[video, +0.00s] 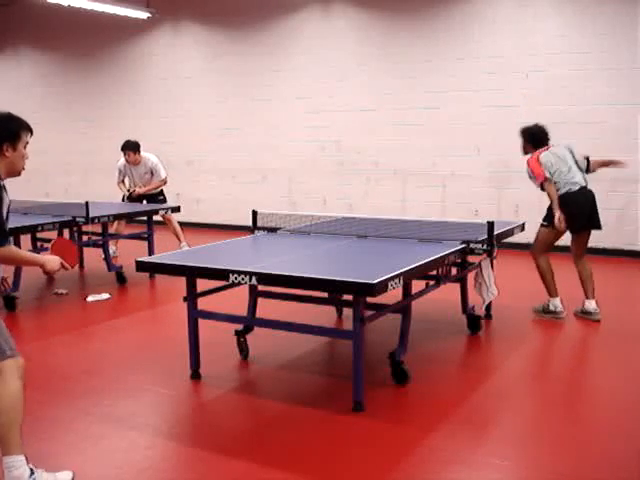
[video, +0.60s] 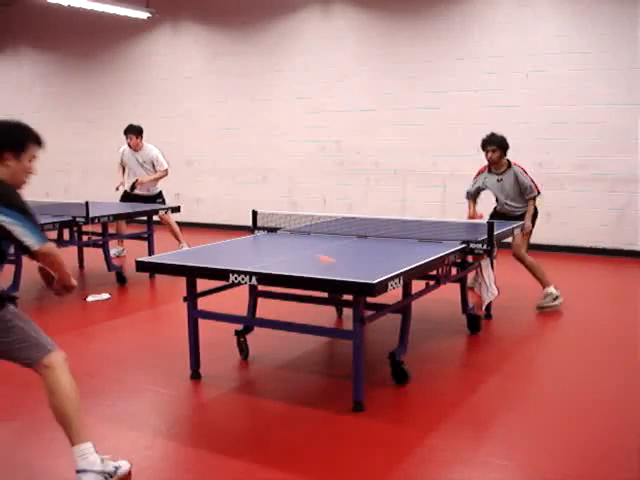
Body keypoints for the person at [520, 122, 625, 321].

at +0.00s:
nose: (522, 146)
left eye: (523, 142)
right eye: (522, 142)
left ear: (530, 143)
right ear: (544, 141)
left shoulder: (534, 160)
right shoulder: (564, 150)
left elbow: (548, 183)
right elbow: (588, 166)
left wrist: (556, 211)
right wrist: (609, 162)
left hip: (565, 202)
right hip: (587, 198)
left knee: (538, 251)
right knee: (579, 255)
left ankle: (554, 303)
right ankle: (591, 303)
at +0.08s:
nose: (508, 154)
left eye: (510, 150)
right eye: (509, 149)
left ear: (521, 151)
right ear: (529, 148)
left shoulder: (531, 168)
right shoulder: (548, 155)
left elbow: (546, 199)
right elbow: (571, 162)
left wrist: (546, 228)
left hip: (561, 211)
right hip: (581, 205)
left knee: (530, 254)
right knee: (570, 259)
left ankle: (550, 302)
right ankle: (589, 301)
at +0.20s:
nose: (502, 164)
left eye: (505, 160)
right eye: (502, 160)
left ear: (517, 161)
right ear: (520, 160)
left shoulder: (527, 179)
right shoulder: (533, 167)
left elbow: (539, 215)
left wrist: (531, 244)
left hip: (555, 218)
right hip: (567, 214)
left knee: (521, 260)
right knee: (536, 256)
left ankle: (549, 303)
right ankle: (572, 280)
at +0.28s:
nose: (500, 167)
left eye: (504, 163)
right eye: (499, 163)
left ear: (515, 163)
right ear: (516, 162)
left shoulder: (524, 182)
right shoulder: (526, 170)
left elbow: (536, 216)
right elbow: (498, 153)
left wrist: (529, 246)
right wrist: (479, 164)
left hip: (551, 222)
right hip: (560, 217)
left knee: (518, 262)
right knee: (520, 248)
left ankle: (549, 303)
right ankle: (553, 274)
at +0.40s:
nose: (495, 161)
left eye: (499, 157)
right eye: (494, 157)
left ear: (511, 157)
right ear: (493, 158)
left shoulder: (523, 177)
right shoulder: (497, 169)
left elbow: (537, 209)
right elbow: (477, 163)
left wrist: (530, 235)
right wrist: (466, 173)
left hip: (540, 218)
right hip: (522, 216)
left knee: (518, 260)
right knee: (497, 242)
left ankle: (549, 301)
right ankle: (499, 278)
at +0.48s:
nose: (494, 160)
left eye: (498, 155)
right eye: (492, 155)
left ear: (509, 155)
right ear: (492, 156)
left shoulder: (522, 174)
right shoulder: (495, 169)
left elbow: (537, 205)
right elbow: (473, 169)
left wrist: (530, 232)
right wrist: (465, 182)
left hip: (537, 216)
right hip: (518, 214)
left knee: (519, 259)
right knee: (493, 245)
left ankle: (550, 301)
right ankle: (482, 283)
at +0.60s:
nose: (489, 156)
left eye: (493, 152)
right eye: (486, 152)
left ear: (503, 152)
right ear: (484, 153)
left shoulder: (516, 171)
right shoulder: (484, 174)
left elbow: (532, 195)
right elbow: (473, 193)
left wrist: (528, 220)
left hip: (523, 212)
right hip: (501, 212)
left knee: (518, 251)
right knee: (484, 245)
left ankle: (550, 290)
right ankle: (480, 278)